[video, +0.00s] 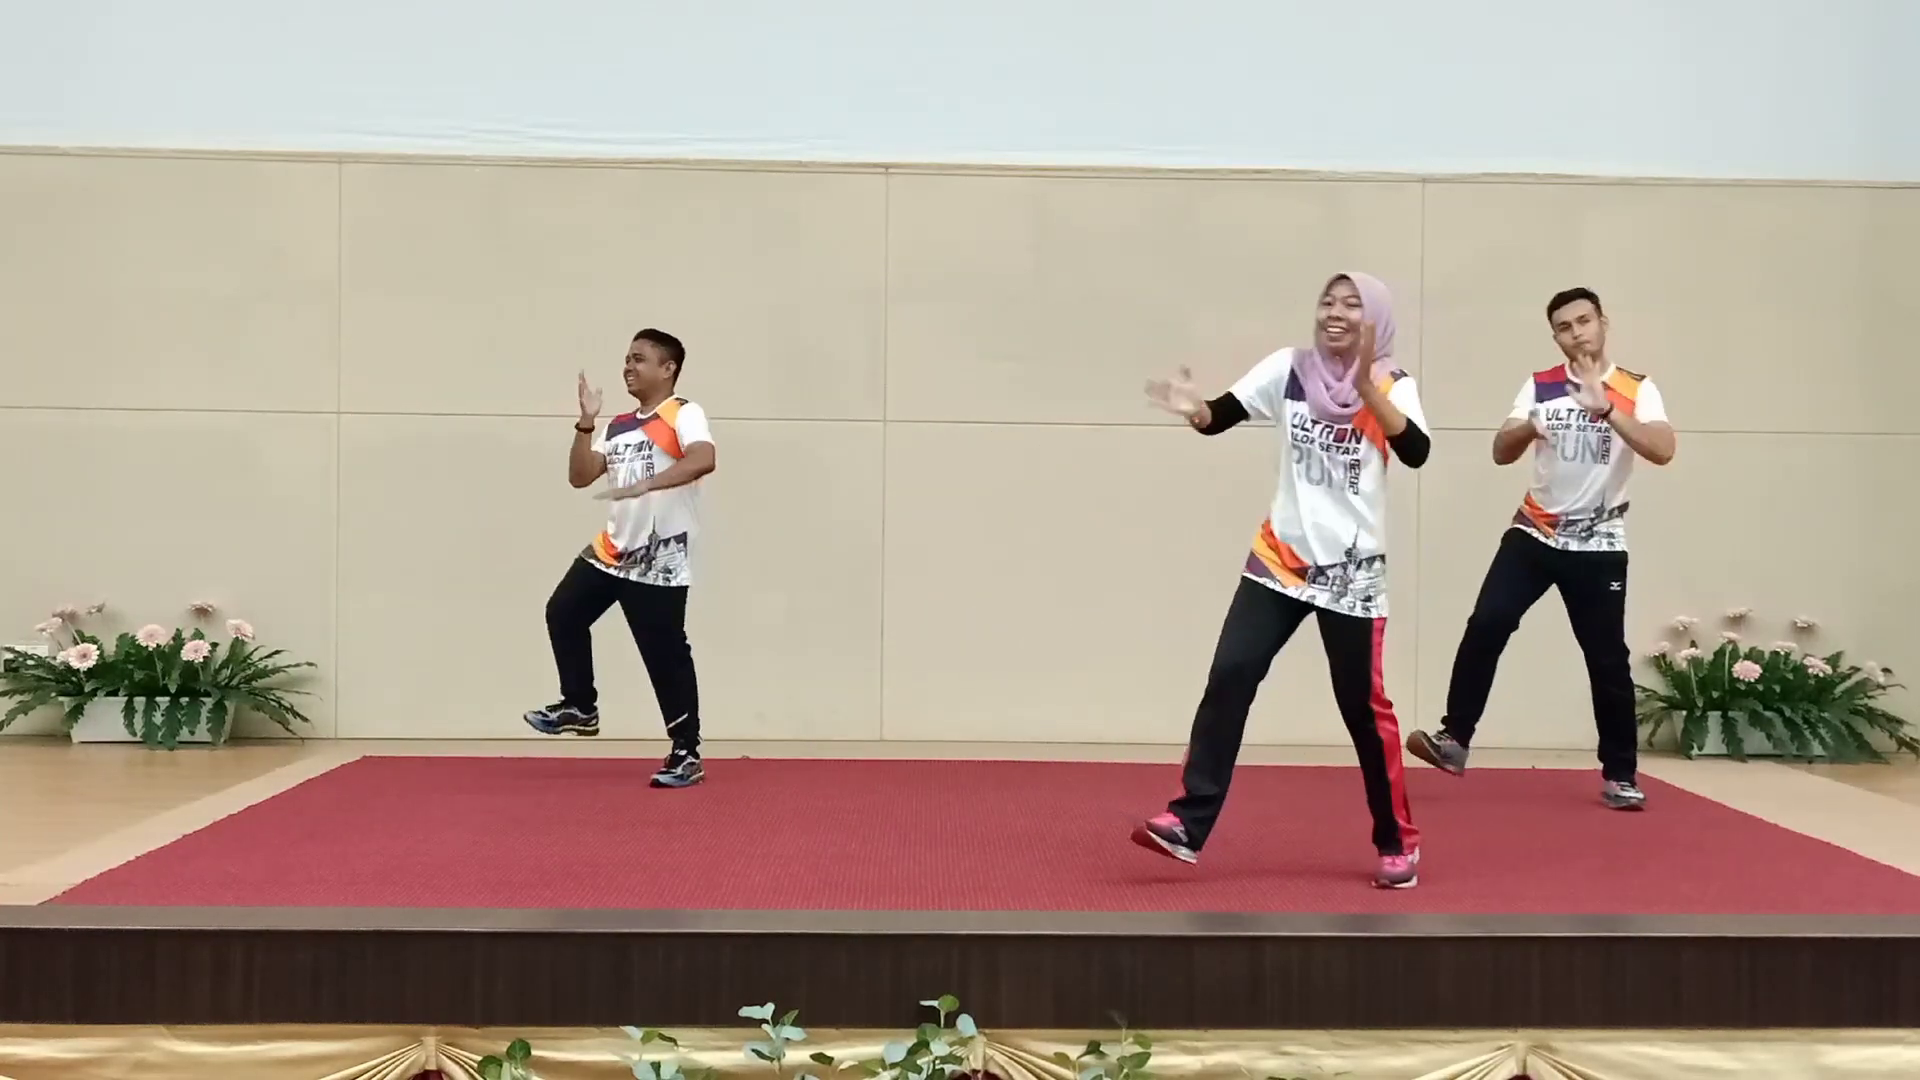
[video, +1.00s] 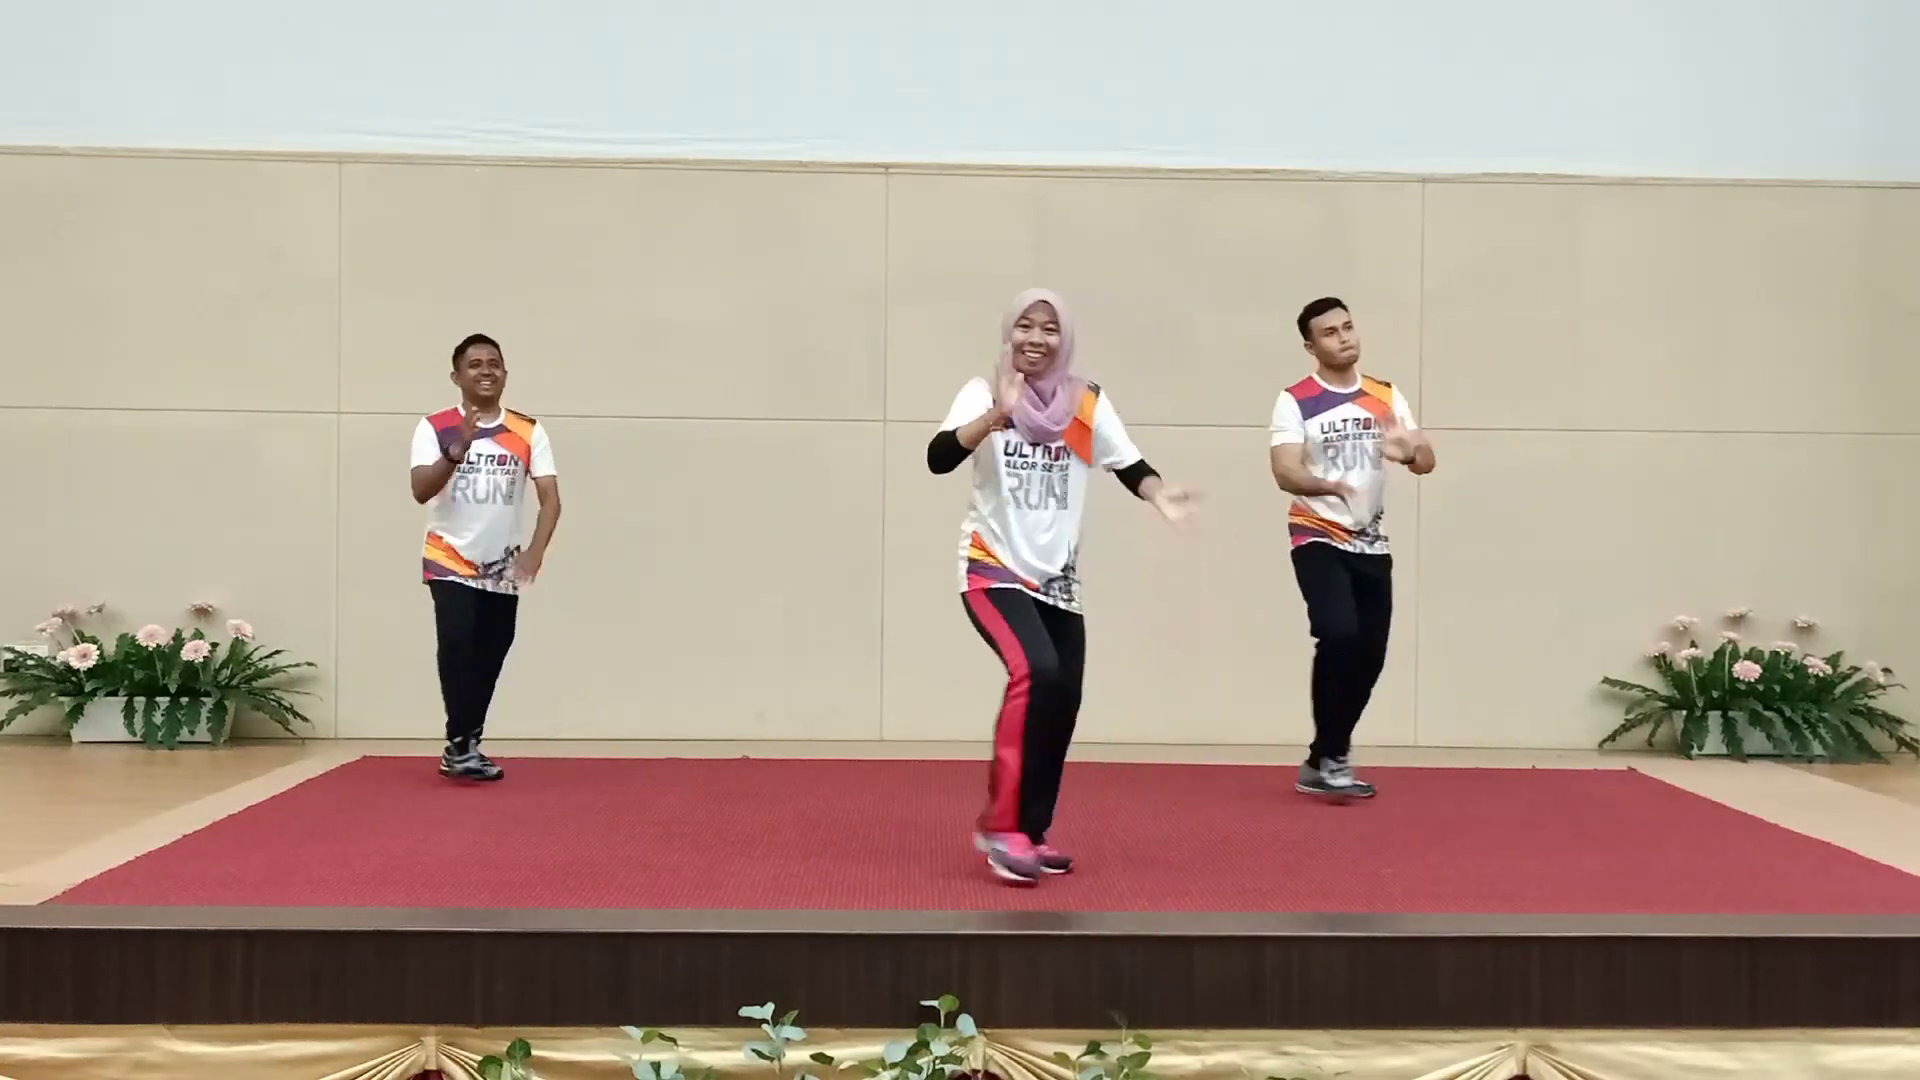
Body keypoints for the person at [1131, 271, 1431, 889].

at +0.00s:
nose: (1335, 311)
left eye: (1350, 303)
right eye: (1328, 301)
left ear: (1375, 319)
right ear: (1316, 313)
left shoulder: (1391, 383)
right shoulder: (1291, 367)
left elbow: (1416, 453)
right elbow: (1223, 414)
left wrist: (1369, 389)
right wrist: (1198, 409)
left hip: (1353, 566)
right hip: (1281, 556)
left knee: (1363, 705)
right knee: (1229, 679)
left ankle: (1397, 844)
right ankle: (1189, 826)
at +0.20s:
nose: (1273, 322)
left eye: (1286, 313)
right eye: (1263, 313)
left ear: (1307, 327)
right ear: (1248, 328)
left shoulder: (1327, 391)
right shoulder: (1223, 387)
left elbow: (1381, 450)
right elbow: (1171, 445)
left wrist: (1338, 375)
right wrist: (1143, 485)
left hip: (1306, 573)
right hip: (1227, 569)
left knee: (1340, 707)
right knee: (1205, 701)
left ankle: (1390, 844)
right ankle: (1176, 842)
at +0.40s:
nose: (1205, 345)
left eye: (1219, 334)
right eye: (1194, 334)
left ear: (1239, 346)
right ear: (1179, 346)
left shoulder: (1264, 410)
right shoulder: (1156, 407)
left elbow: (1309, 487)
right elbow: (1103, 480)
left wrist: (1274, 418)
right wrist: (1096, 516)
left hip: (1235, 581)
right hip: (1159, 578)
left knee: (1277, 700)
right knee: (1168, 701)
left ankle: (1319, 832)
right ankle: (1170, 846)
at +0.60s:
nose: (1151, 342)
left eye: (1164, 331)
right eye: (1139, 332)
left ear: (1183, 341)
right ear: (1123, 342)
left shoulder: (1207, 404)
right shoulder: (1100, 401)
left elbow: (1240, 469)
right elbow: (1025, 466)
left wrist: (1243, 486)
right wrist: (1066, 438)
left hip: (1180, 583)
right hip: (1111, 576)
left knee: (1200, 701)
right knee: (1147, 696)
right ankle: (1169, 847)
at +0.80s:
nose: (1094, 347)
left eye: (1107, 338)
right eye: (1084, 337)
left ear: (1124, 350)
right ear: (1066, 347)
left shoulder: (1145, 418)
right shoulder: (1040, 408)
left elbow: (1170, 503)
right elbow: (971, 469)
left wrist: (1169, 571)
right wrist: (1039, 421)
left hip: (1116, 599)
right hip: (1053, 586)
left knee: (1090, 723)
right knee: (1114, 691)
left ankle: (1016, 836)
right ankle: (1153, 848)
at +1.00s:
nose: (1035, 337)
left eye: (1048, 329)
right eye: (1025, 327)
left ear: (1064, 341)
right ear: (1008, 336)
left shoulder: (1087, 406)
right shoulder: (984, 395)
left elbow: (1131, 468)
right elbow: (939, 459)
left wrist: (1156, 492)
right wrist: (995, 417)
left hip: (1056, 582)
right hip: (993, 570)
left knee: (1064, 699)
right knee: (1038, 670)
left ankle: (1030, 836)